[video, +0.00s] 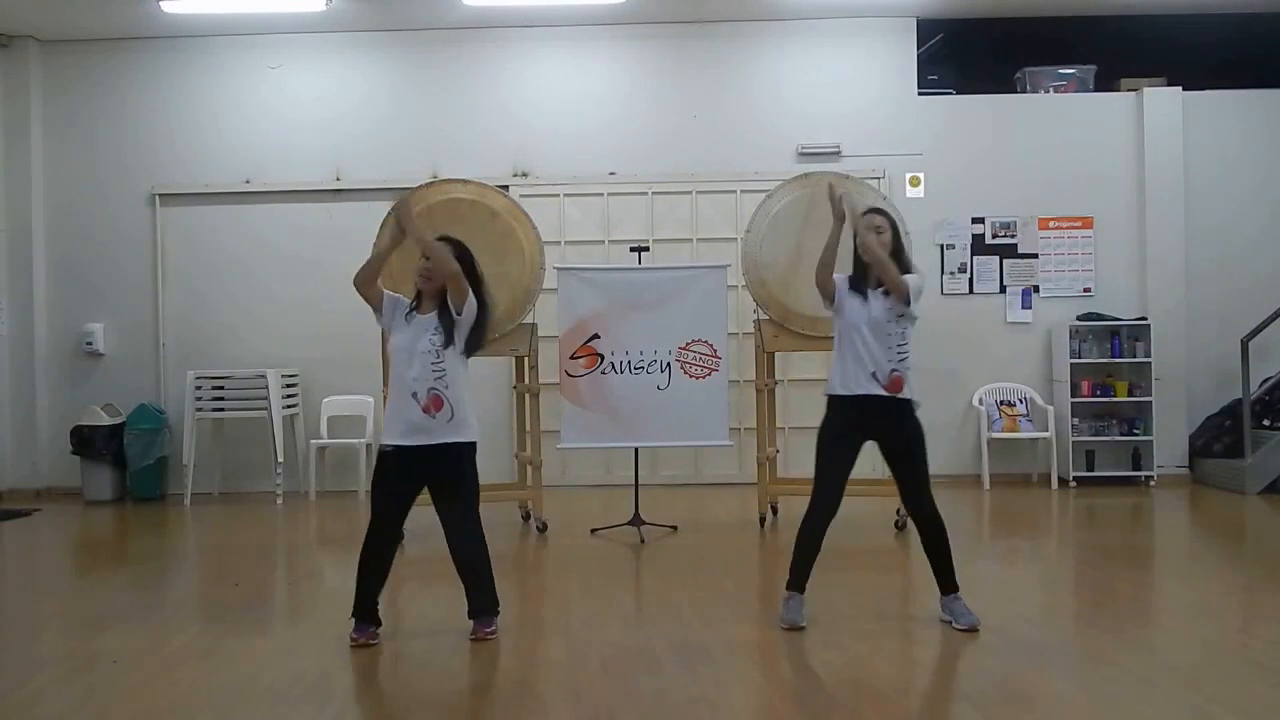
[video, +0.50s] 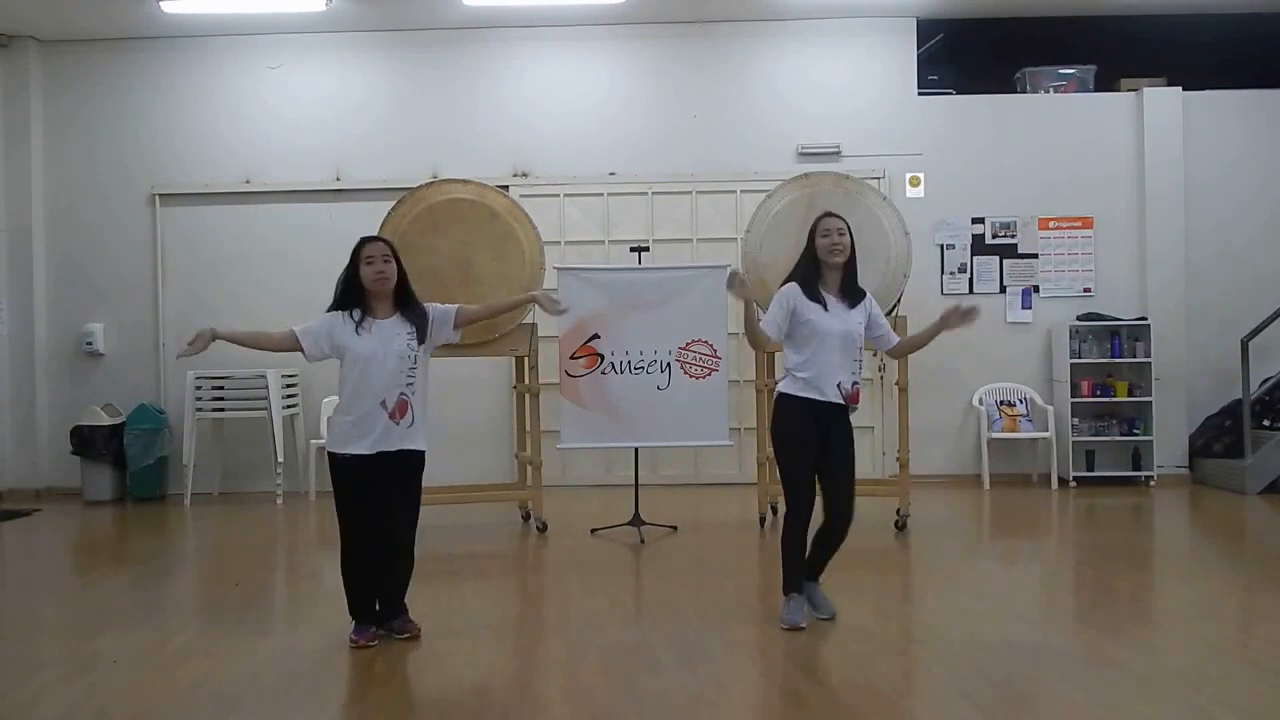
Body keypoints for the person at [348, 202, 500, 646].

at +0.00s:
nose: (426, 266)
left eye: (437, 261)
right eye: (425, 259)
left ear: (456, 274)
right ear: (417, 269)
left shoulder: (462, 316)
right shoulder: (397, 312)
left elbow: (446, 268)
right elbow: (365, 282)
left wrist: (414, 225)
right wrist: (391, 240)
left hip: (452, 444)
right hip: (401, 444)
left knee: (465, 533)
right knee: (382, 532)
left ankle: (483, 613)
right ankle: (365, 616)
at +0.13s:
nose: (412, 268)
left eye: (422, 265)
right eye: (407, 260)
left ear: (435, 280)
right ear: (395, 270)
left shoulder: (443, 323)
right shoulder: (374, 317)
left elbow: (458, 282)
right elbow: (333, 288)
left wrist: (431, 241)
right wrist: (355, 246)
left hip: (428, 449)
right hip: (375, 448)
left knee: (447, 535)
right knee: (368, 539)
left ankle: (480, 612)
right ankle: (364, 620)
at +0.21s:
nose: (400, 267)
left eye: (411, 263)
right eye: (395, 260)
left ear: (423, 277)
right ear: (381, 269)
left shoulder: (434, 321)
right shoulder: (357, 317)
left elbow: (467, 289)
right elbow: (304, 294)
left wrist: (462, 237)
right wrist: (295, 245)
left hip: (417, 447)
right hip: (363, 447)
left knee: (428, 531)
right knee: (361, 538)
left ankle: (465, 609)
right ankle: (364, 621)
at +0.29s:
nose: (394, 267)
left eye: (404, 262)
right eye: (387, 260)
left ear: (416, 275)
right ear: (374, 270)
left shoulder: (429, 320)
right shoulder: (348, 318)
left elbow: (472, 294)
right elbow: (290, 303)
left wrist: (489, 246)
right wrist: (259, 260)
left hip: (412, 446)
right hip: (358, 447)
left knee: (416, 532)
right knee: (357, 538)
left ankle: (444, 608)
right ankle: (365, 620)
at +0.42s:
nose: (384, 266)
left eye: (392, 260)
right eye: (376, 260)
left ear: (404, 270)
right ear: (362, 270)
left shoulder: (423, 317)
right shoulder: (343, 321)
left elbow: (474, 310)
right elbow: (283, 331)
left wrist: (524, 285)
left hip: (408, 447)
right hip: (354, 448)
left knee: (401, 533)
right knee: (357, 536)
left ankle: (397, 610)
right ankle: (363, 619)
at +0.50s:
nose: (380, 267)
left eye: (386, 260)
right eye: (370, 261)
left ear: (399, 268)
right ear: (356, 273)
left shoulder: (420, 317)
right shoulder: (340, 323)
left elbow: (475, 314)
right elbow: (283, 340)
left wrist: (531, 298)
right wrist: (218, 335)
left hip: (405, 447)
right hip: (352, 447)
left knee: (400, 533)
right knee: (358, 536)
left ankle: (394, 613)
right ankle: (364, 620)